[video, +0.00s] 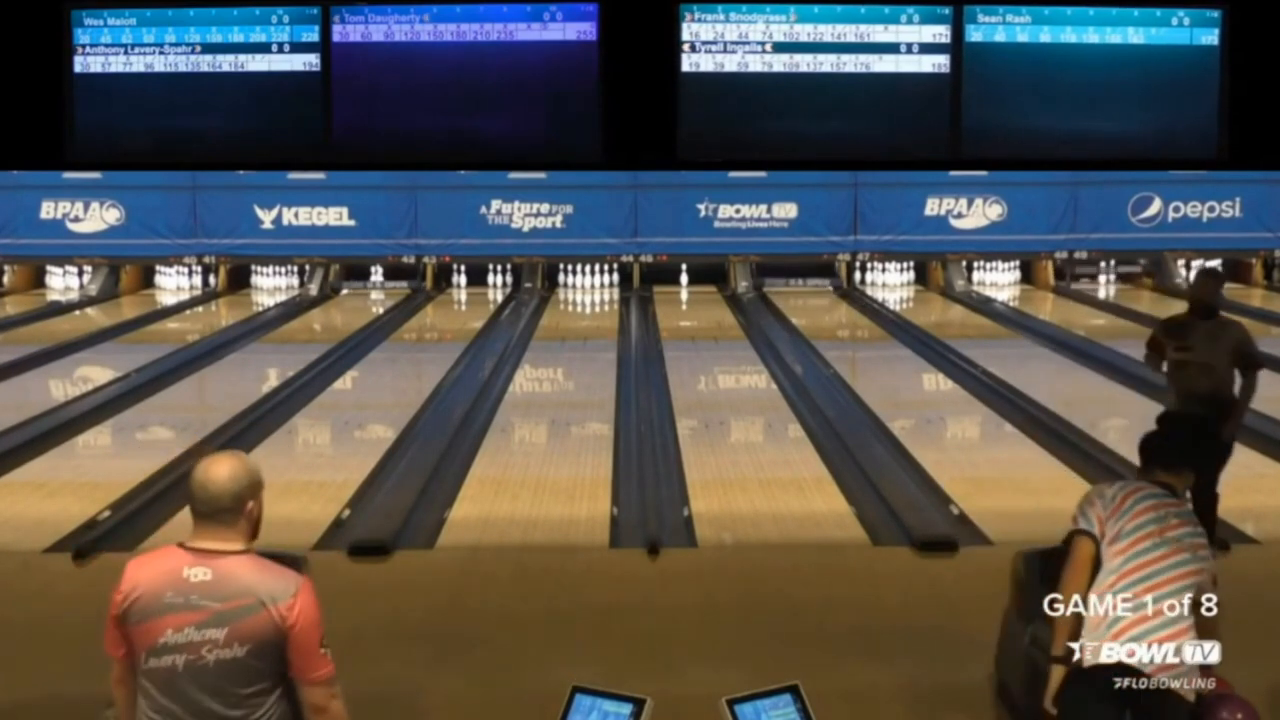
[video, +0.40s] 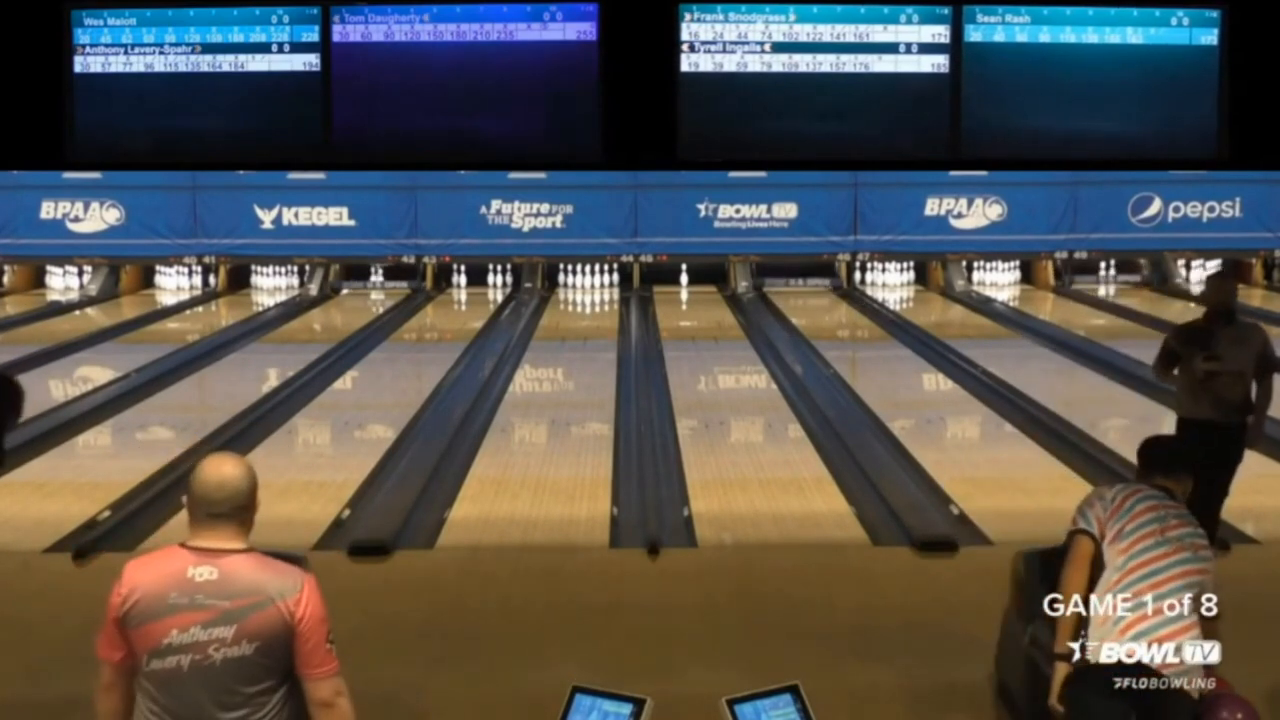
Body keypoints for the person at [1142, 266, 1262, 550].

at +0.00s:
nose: (1204, 296)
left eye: (1212, 290)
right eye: (1200, 288)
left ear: (1220, 294)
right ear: (1191, 291)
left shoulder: (1234, 332)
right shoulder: (1172, 327)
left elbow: (1249, 376)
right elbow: (1152, 360)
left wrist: (1236, 418)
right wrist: (1169, 376)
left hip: (1217, 419)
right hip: (1179, 416)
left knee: (1204, 484)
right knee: (1168, 477)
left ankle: (1206, 538)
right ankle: (1163, 531)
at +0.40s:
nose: (1222, 298)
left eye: (1227, 291)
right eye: (1216, 290)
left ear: (1235, 295)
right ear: (1206, 294)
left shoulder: (1253, 335)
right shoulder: (1186, 333)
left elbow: (1265, 382)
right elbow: (1160, 371)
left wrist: (1258, 421)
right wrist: (1183, 383)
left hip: (1231, 426)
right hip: (1192, 423)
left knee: (1216, 489)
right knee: (1188, 484)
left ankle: (1206, 536)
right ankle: (1182, 534)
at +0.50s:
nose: (1226, 297)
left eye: (1231, 291)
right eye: (1220, 290)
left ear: (1239, 294)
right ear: (1209, 294)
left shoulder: (1256, 339)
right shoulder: (1189, 336)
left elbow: (1268, 383)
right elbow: (1162, 374)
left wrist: (1264, 425)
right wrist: (1187, 392)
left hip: (1238, 430)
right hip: (1198, 429)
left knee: (1221, 498)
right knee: (1205, 499)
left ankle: (1209, 550)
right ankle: (1209, 565)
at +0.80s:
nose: (1244, 298)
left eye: (1248, 290)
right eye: (1237, 290)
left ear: (1258, 293)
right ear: (1225, 294)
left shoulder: (1270, 340)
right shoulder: (1206, 343)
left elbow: (1274, 389)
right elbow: (1191, 395)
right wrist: (1228, 379)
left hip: (1261, 441)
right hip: (1216, 441)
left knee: (1268, 518)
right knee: (1213, 519)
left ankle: (1246, 587)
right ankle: (1211, 590)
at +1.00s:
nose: (1268, 312)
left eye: (1268, 303)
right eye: (1267, 303)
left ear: (1263, 308)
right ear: (1264, 307)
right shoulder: (1243, 351)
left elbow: (1221, 404)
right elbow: (1222, 405)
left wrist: (1242, 425)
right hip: (1252, 453)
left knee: (1227, 528)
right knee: (1227, 529)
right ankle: (1213, 597)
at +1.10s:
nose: (1271, 310)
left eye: (1271, 302)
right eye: (1272, 301)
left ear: (1270, 307)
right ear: (1272, 306)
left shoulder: (1253, 349)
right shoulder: (1257, 350)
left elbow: (1231, 408)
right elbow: (1233, 409)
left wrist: (1258, 425)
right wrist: (1263, 425)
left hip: (1257, 454)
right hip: (1261, 454)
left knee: (1245, 530)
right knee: (1246, 530)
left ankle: (1218, 597)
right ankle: (1218, 597)